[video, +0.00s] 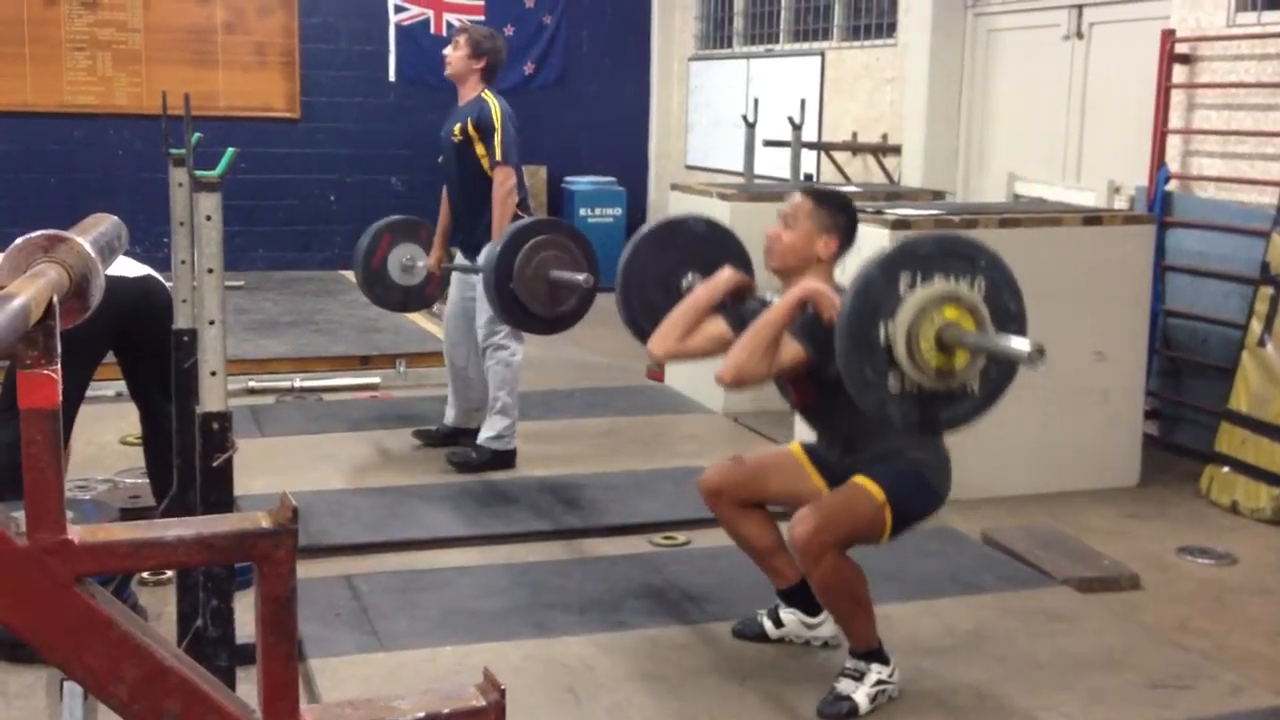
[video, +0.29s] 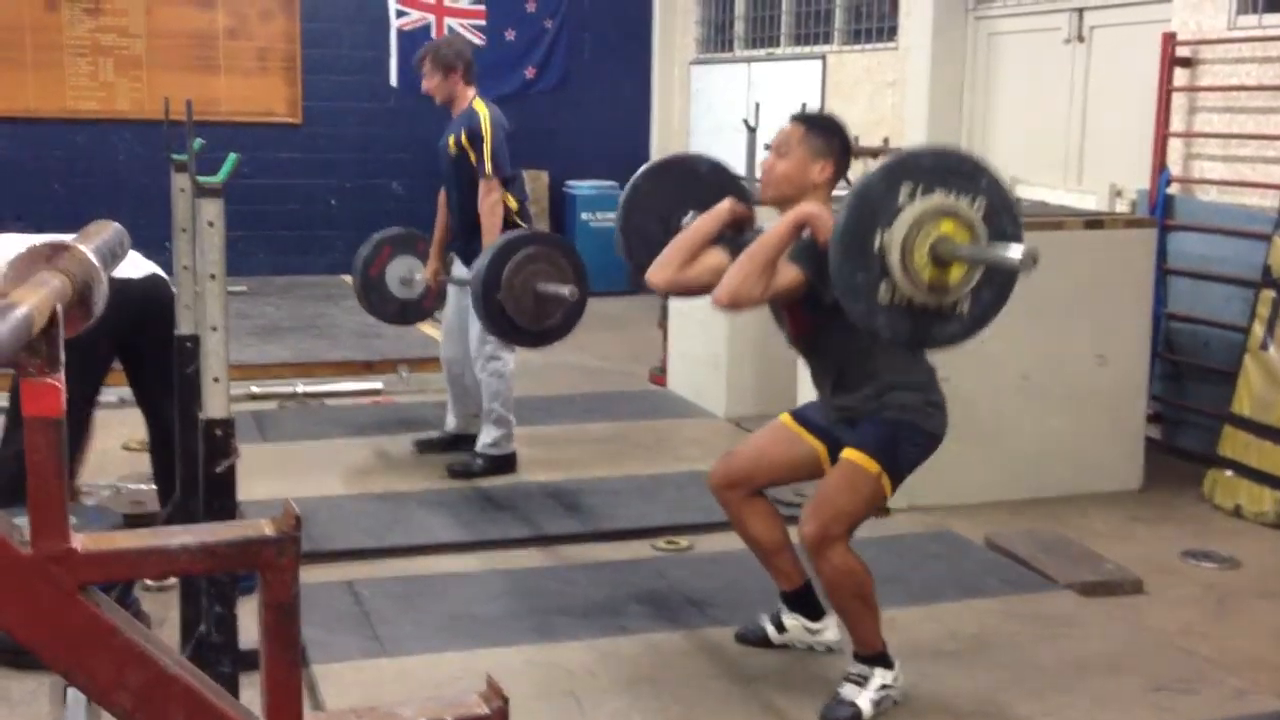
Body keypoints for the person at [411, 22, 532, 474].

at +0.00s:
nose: (445, 52)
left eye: (455, 46)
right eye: (449, 45)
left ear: (479, 60)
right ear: (469, 61)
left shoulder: (492, 109)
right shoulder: (458, 115)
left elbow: (506, 181)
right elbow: (450, 187)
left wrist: (498, 248)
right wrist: (439, 246)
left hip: (497, 249)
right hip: (467, 250)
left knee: (498, 341)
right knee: (458, 337)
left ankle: (499, 441)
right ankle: (463, 422)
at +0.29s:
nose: (424, 86)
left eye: (429, 76)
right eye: (423, 77)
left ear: (456, 75)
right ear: (451, 77)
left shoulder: (483, 120)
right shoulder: (454, 124)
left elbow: (492, 194)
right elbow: (447, 197)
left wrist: (491, 265)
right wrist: (435, 258)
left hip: (491, 258)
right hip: (462, 257)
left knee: (489, 353)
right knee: (455, 349)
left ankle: (498, 447)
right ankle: (462, 429)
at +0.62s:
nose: (377, 161)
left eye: (381, 150)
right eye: (375, 152)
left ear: (407, 143)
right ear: (405, 145)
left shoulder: (451, 177)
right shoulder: (429, 182)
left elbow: (471, 255)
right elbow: (434, 249)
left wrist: (483, 326)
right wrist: (434, 312)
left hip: (527, 254)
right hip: (494, 258)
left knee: (496, 345)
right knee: (467, 341)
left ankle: (501, 459)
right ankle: (466, 439)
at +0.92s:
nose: (374, 273)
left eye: (377, 262)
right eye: (370, 265)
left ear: (398, 248)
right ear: (398, 248)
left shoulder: (444, 270)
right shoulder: (425, 270)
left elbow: (466, 346)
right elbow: (437, 334)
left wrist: (470, 420)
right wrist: (440, 393)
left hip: (542, 289)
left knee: (463, 356)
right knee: (501, 365)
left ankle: (462, 452)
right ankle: (506, 448)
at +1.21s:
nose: (372, 319)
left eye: (369, 311)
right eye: (367, 314)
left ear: (381, 297)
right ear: (385, 292)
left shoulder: (431, 304)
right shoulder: (416, 302)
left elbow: (459, 376)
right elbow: (434, 362)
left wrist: (469, 447)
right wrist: (442, 418)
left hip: (539, 307)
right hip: (532, 306)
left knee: (469, 383)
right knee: (488, 386)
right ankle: (496, 461)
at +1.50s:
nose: (366, 333)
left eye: (361, 325)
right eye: (360, 329)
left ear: (370, 309)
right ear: (375, 299)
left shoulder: (420, 313)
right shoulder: (407, 310)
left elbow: (449, 386)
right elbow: (429, 373)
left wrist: (469, 456)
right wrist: (440, 429)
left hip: (531, 312)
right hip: (523, 311)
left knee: (465, 391)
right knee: (476, 394)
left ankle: (484, 475)